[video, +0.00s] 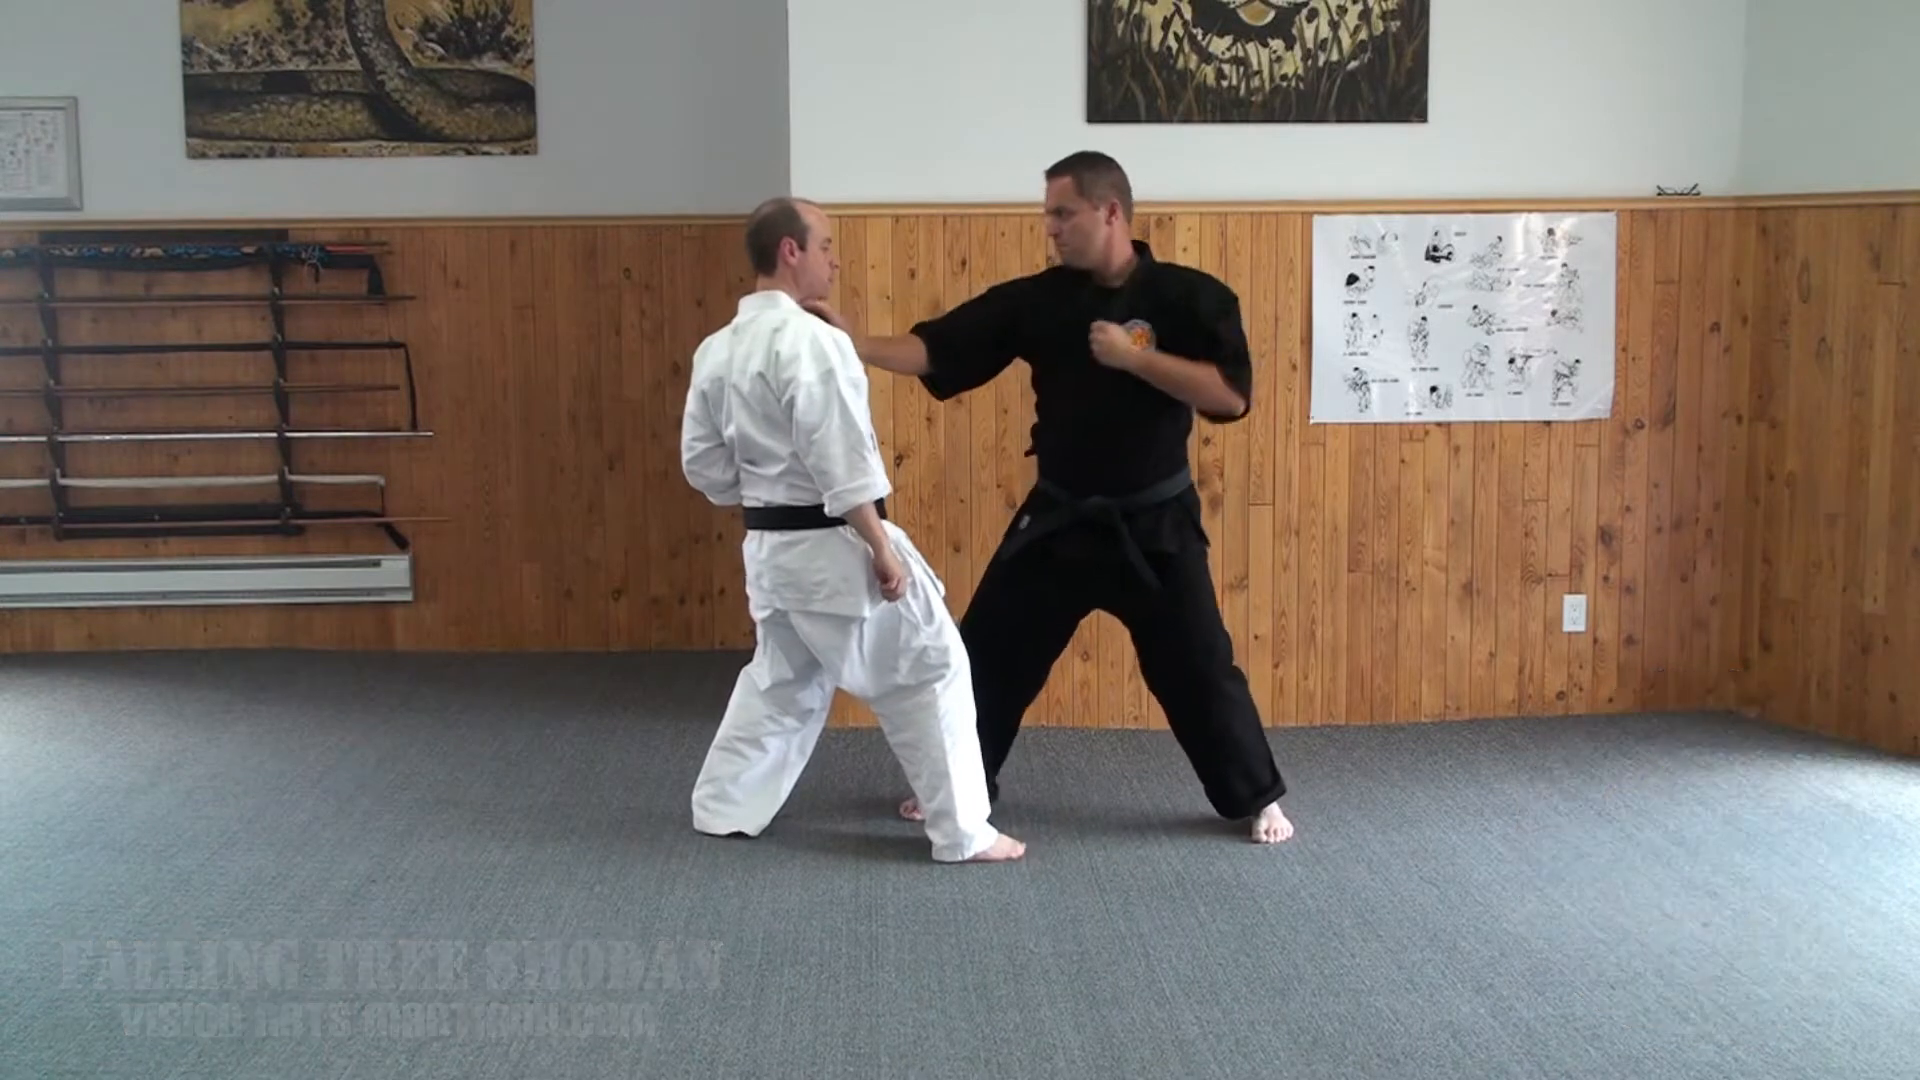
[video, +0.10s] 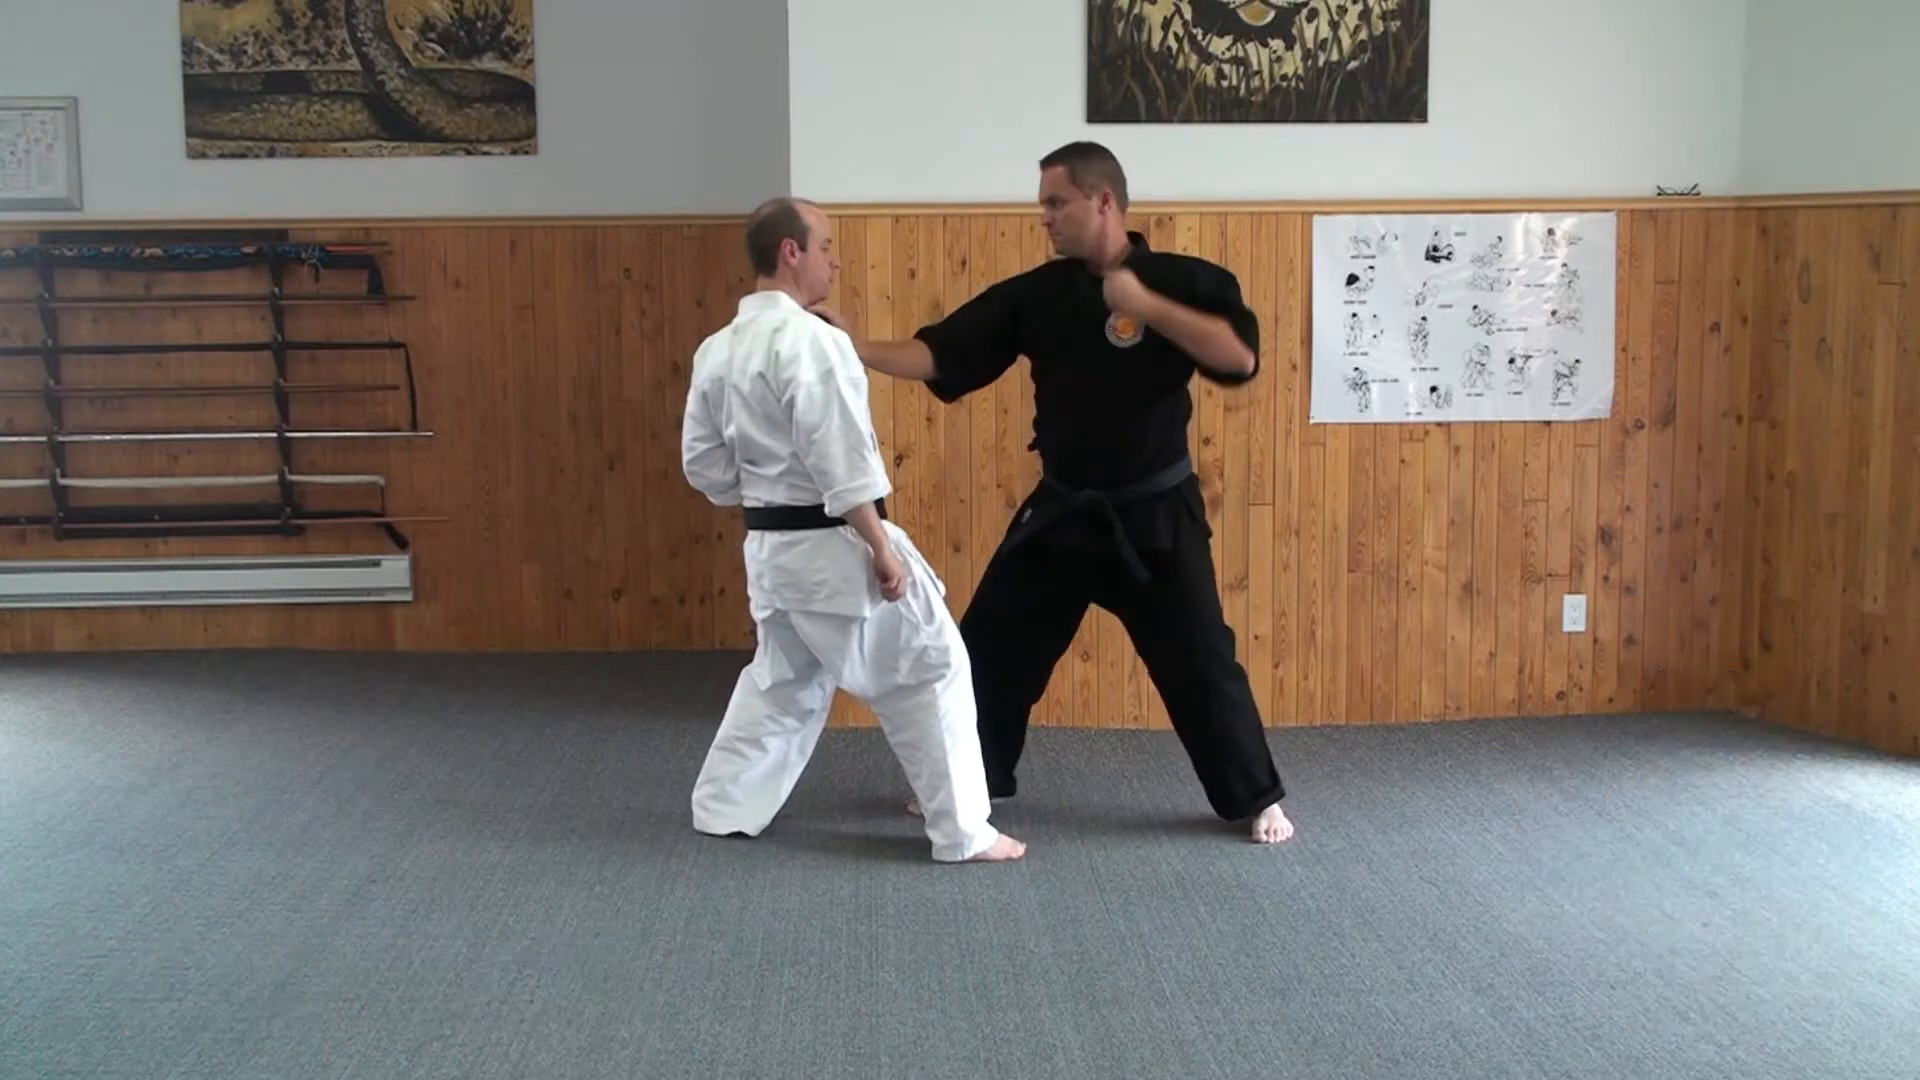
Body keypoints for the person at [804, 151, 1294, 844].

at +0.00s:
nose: (1051, 228)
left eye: (1063, 214)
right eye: (1048, 215)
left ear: (1113, 213)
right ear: (1051, 217)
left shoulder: (1192, 298)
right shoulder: (1034, 301)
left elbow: (1232, 397)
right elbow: (935, 348)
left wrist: (1136, 358)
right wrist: (848, 342)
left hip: (1155, 524)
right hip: (1054, 522)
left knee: (1200, 666)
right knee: (987, 655)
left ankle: (1260, 799)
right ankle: (957, 788)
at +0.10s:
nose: (1045, 218)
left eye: (1057, 205)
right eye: (1043, 206)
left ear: (1107, 202)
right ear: (1057, 209)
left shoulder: (1184, 283)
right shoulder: (1034, 297)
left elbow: (1239, 359)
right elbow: (937, 354)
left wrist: (1149, 307)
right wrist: (849, 348)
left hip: (1157, 512)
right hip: (1059, 513)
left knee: (1200, 659)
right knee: (989, 646)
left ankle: (1259, 800)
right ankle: (962, 782)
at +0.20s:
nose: (1032, 212)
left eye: (1043, 199)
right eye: (1030, 200)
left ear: (1090, 196)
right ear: (1070, 201)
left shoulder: (1160, 272)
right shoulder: (1027, 292)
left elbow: (1219, 302)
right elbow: (926, 354)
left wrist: (1131, 237)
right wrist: (833, 345)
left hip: (1143, 507)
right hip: (1049, 511)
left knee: (1189, 649)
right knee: (984, 639)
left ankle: (1258, 792)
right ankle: (1016, 777)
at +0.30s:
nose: (1015, 214)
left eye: (1025, 200)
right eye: (1013, 202)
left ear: (1074, 199)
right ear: (1051, 205)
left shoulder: (1125, 276)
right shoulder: (1011, 294)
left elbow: (1176, 253)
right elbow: (912, 350)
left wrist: (1106, 182)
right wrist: (824, 345)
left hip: (1118, 507)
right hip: (1030, 511)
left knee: (1172, 643)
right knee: (978, 639)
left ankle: (1259, 784)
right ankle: (1021, 781)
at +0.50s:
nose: (977, 207)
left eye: (987, 193)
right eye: (975, 196)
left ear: (1033, 193)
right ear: (992, 202)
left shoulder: (1072, 262)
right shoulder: (976, 287)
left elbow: (1073, 197)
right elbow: (883, 333)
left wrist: (1037, 130)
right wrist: (792, 333)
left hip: (1063, 491)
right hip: (991, 495)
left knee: (1101, 642)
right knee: (967, 644)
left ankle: (1218, 767)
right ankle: (1017, 784)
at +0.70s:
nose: (955, 198)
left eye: (965, 183)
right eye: (952, 187)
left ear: (1006, 177)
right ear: (964, 191)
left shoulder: (1048, 250)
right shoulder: (956, 276)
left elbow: (1019, 176)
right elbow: (865, 317)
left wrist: (1004, 118)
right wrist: (776, 324)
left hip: (1039, 473)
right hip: (972, 475)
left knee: (1011, 632)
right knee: (962, 634)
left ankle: (1111, 758)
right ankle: (1013, 781)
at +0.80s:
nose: (951, 194)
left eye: (962, 179)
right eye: (947, 182)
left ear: (1002, 175)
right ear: (955, 188)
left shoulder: (1043, 249)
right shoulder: (954, 270)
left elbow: (1012, 170)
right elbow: (868, 315)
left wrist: (1004, 109)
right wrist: (785, 328)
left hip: (1027, 469)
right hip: (968, 471)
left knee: (985, 628)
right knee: (958, 631)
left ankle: (1043, 763)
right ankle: (1003, 782)